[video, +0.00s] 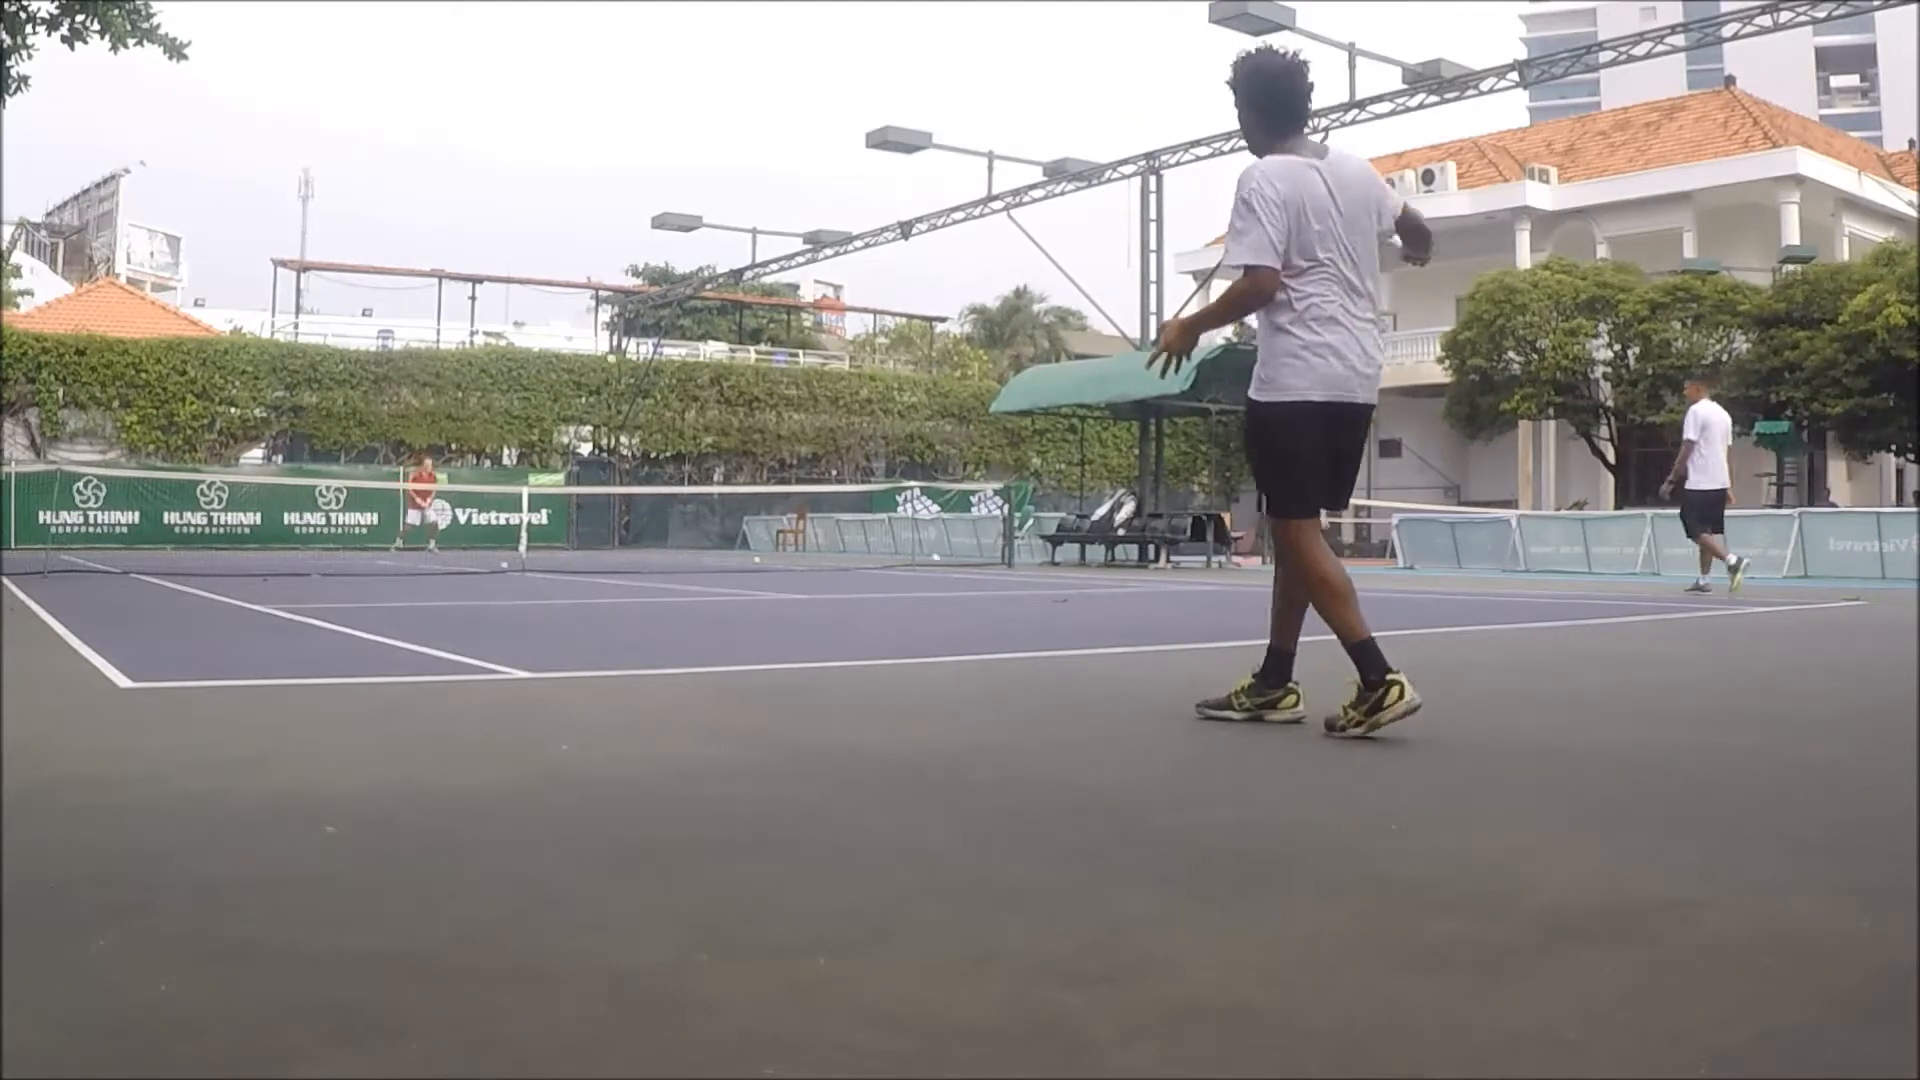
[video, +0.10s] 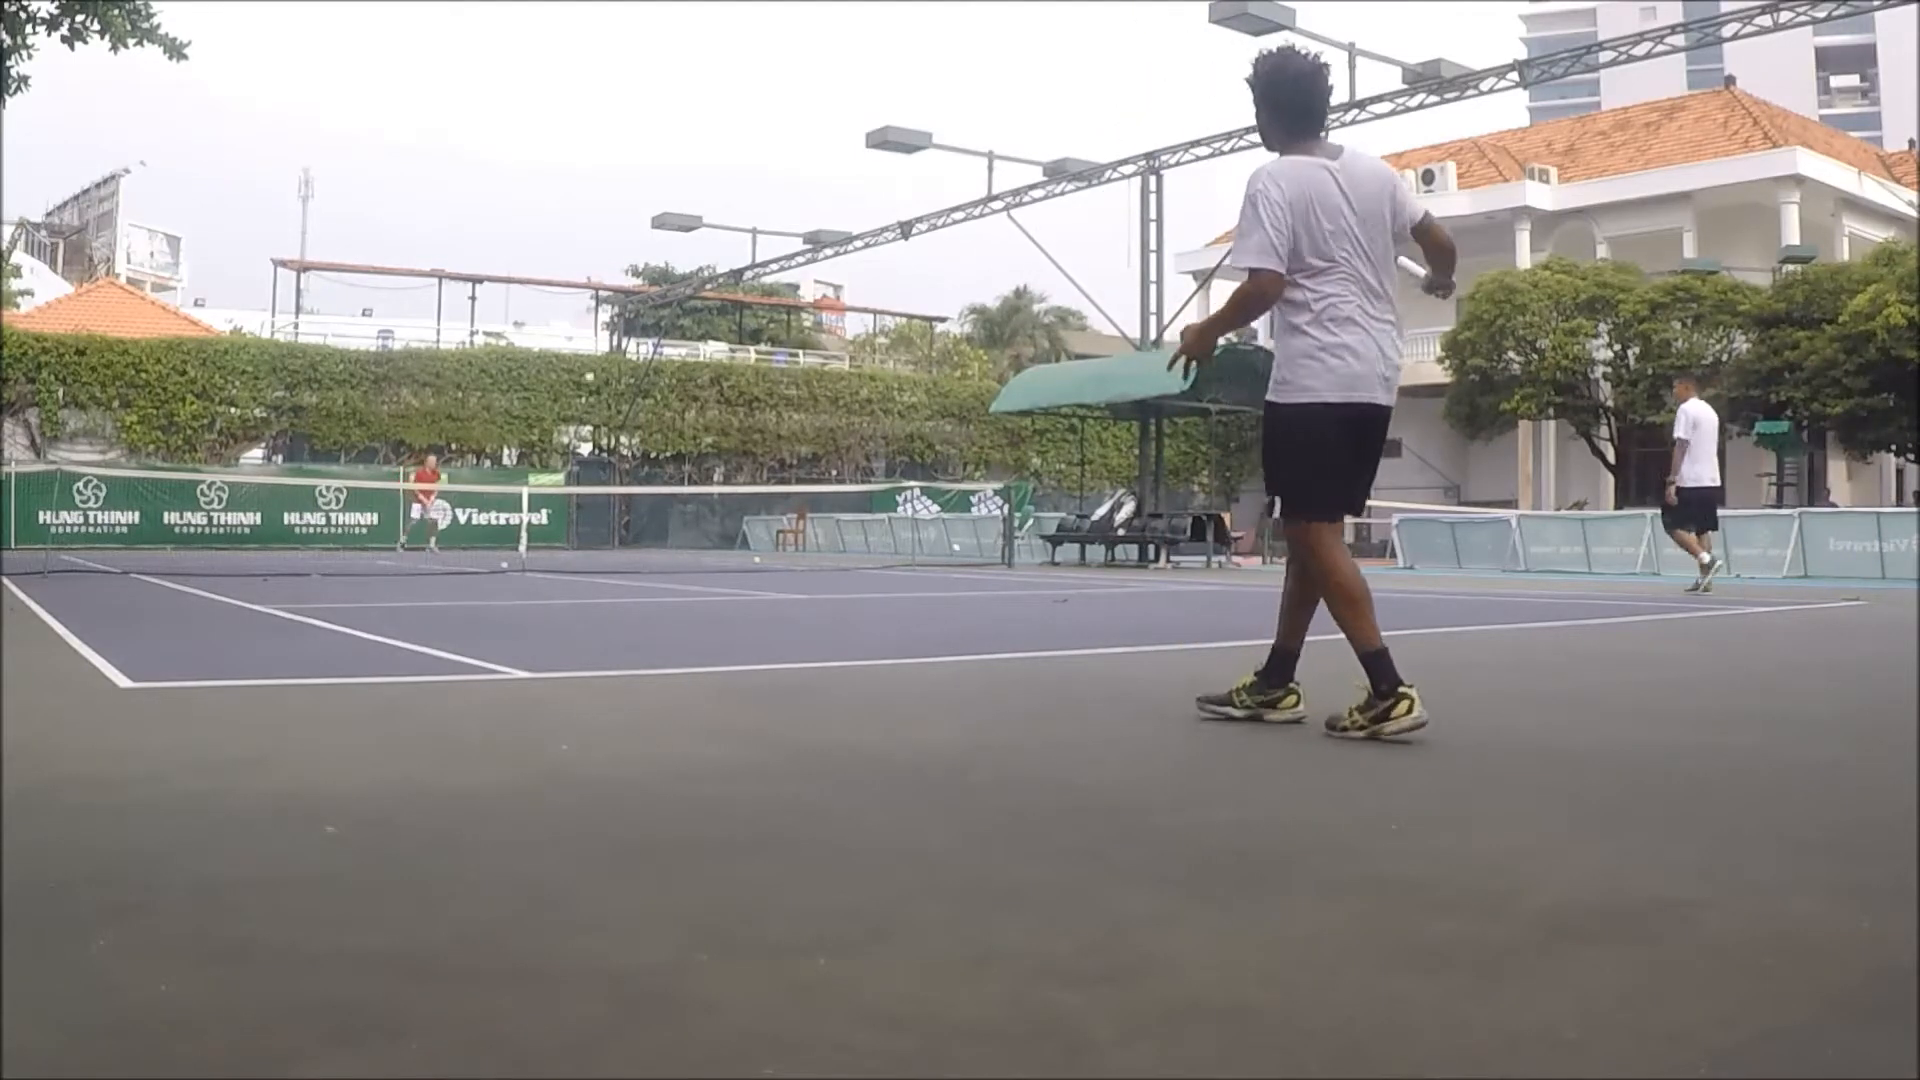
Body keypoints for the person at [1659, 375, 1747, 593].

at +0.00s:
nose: (1684, 393)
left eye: (1687, 388)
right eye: (1685, 388)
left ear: (1698, 389)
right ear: (1703, 390)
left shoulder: (1695, 411)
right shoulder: (1723, 413)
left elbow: (1687, 446)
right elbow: (1725, 453)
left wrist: (1671, 478)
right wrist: (1727, 485)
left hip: (1698, 484)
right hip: (1719, 483)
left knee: (1694, 530)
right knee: (1709, 531)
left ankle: (1731, 560)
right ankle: (1703, 579)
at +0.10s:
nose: (1674, 393)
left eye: (1675, 388)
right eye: (1674, 388)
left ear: (1686, 388)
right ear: (1692, 389)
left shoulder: (1686, 409)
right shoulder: (1710, 411)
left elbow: (1681, 445)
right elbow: (1710, 447)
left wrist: (1671, 479)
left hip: (1690, 480)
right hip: (1710, 480)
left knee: (1672, 524)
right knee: (1703, 530)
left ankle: (1704, 558)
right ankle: (1704, 579)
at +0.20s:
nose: (1661, 393)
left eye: (1663, 389)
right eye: (1661, 389)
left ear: (1674, 389)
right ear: (1678, 389)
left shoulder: (1675, 410)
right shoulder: (1697, 410)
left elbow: (1677, 445)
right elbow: (1699, 446)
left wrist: (1672, 480)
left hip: (1680, 481)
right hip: (1701, 480)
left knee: (1655, 521)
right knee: (1699, 529)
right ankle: (1703, 578)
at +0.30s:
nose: (1650, 397)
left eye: (1652, 392)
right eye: (1650, 392)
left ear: (1661, 392)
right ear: (1667, 392)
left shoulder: (1663, 413)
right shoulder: (1682, 412)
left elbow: (1668, 447)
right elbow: (1682, 450)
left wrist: (1669, 484)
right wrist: (1656, 475)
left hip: (1663, 484)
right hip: (1687, 483)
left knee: (1645, 529)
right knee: (1695, 531)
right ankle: (1701, 578)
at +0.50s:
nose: (1623, 400)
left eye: (1624, 396)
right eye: (1623, 396)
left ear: (1632, 396)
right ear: (1641, 397)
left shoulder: (1634, 417)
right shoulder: (1653, 414)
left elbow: (1639, 452)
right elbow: (1653, 451)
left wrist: (1641, 488)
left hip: (1633, 487)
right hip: (1656, 486)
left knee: (1626, 534)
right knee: (1664, 532)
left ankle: (1620, 578)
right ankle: (1687, 566)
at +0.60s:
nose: (1609, 399)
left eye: (1611, 395)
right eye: (1610, 395)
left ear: (1619, 395)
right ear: (1627, 395)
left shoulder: (1620, 415)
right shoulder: (1641, 413)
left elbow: (1621, 451)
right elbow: (1641, 448)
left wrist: (1614, 485)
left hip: (1626, 483)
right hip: (1643, 482)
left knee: (1622, 533)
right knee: (1636, 529)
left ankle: (1620, 577)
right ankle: (1660, 555)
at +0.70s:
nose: (1598, 397)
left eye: (1600, 393)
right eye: (1599, 393)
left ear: (1607, 393)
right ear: (1615, 393)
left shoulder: (1608, 414)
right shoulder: (1630, 413)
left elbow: (1602, 448)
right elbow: (1633, 444)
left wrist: (1588, 476)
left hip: (1612, 481)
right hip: (1629, 479)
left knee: (1613, 528)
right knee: (1615, 525)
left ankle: (1620, 576)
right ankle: (1627, 561)